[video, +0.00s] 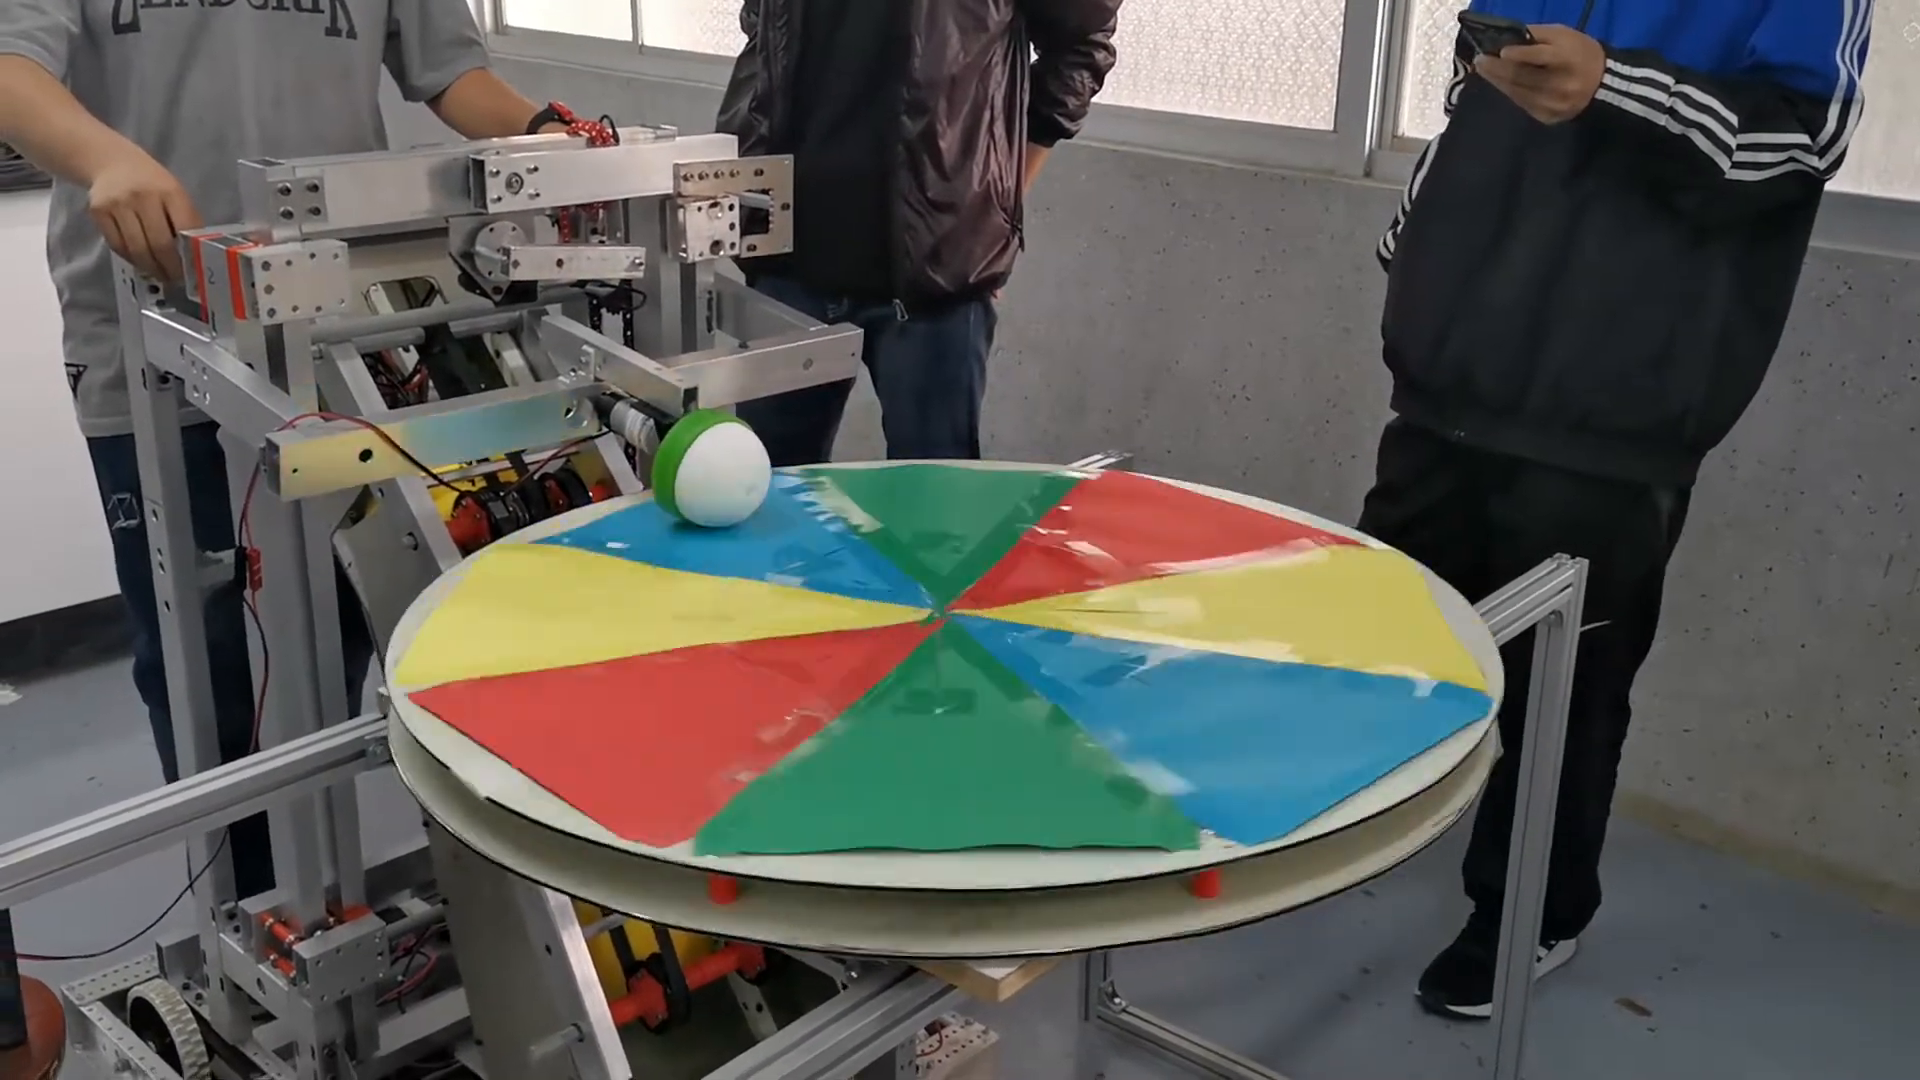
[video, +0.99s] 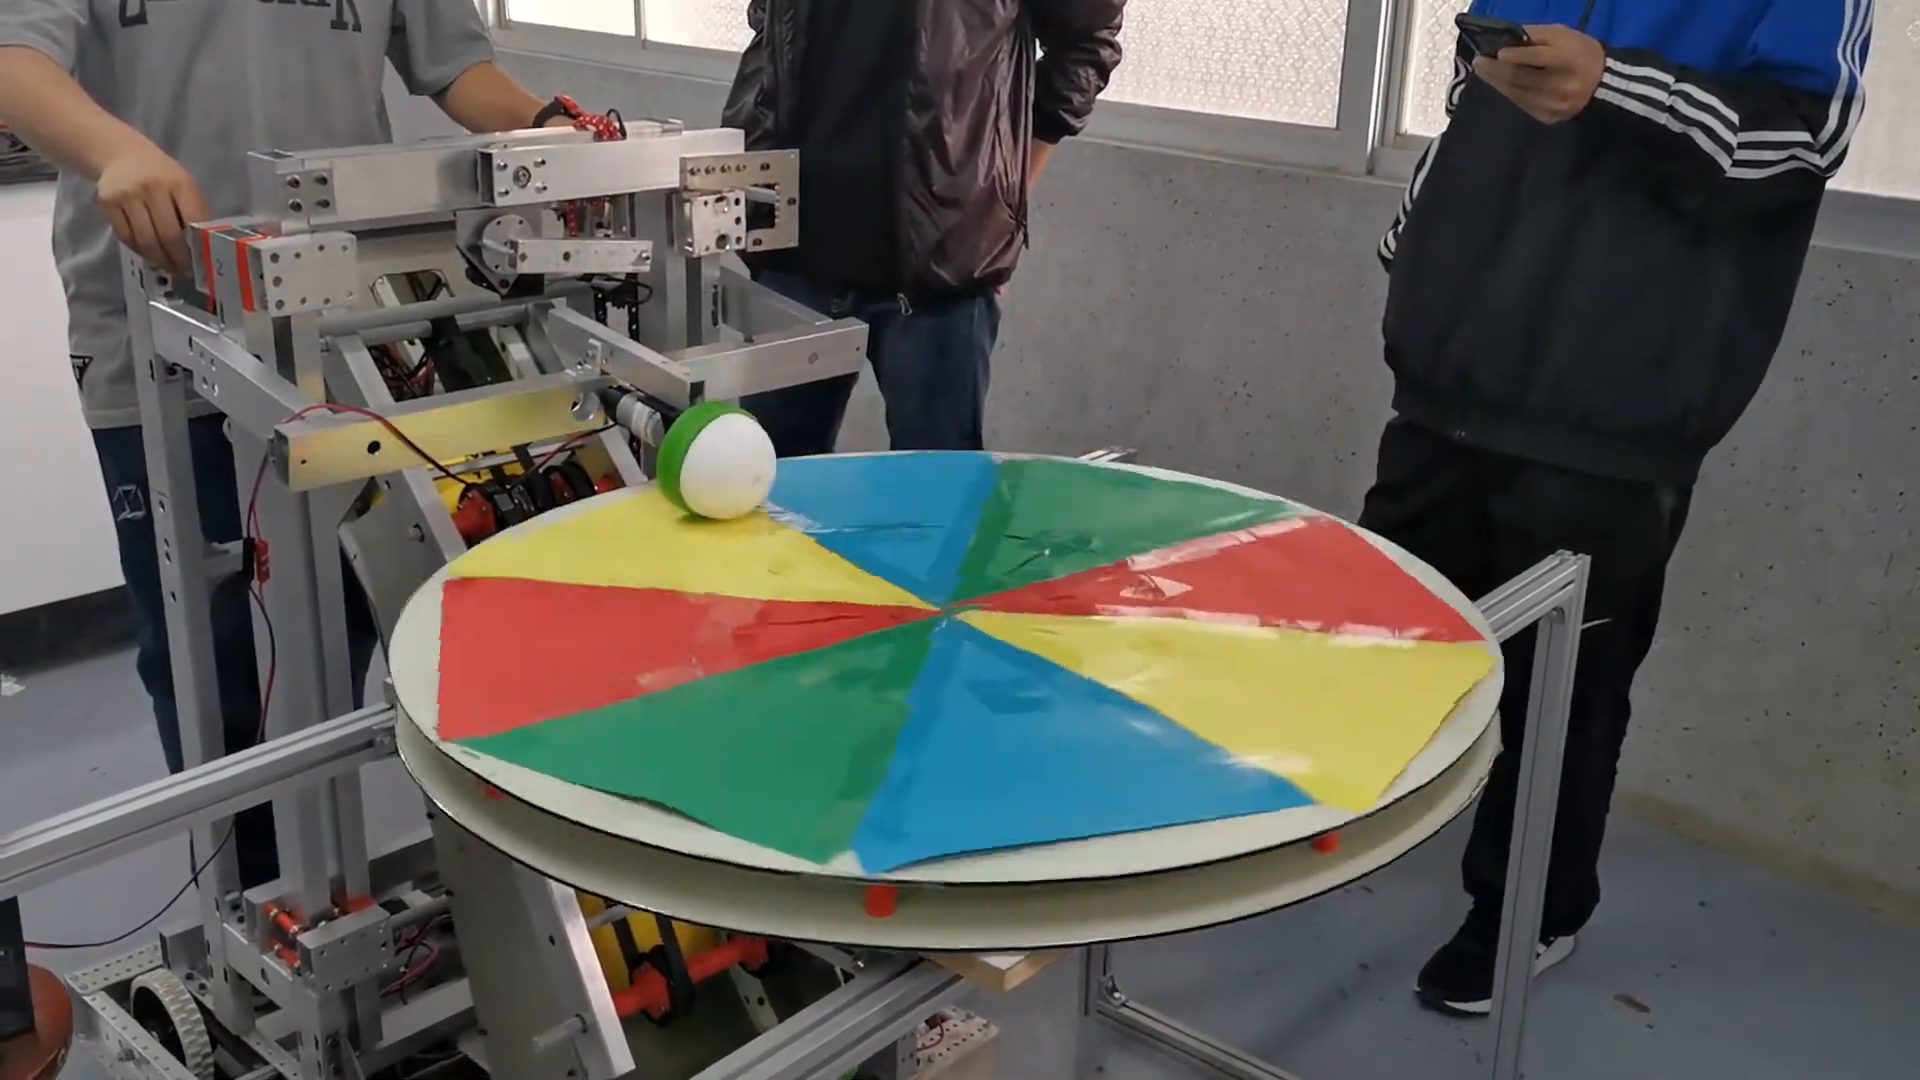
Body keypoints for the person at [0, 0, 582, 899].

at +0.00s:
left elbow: (446, 64)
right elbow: (12, 66)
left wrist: (544, 131)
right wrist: (104, 156)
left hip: (338, 346)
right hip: (152, 352)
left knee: (341, 635)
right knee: (198, 667)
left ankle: (332, 884)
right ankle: (248, 913)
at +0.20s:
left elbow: (448, 64)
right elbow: (15, 63)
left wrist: (546, 133)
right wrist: (105, 155)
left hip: (338, 343)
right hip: (154, 349)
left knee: (344, 626)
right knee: (199, 656)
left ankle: (336, 872)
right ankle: (248, 904)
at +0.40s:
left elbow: (448, 64)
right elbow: (16, 63)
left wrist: (546, 134)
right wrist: (106, 154)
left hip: (337, 342)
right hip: (154, 348)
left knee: (342, 628)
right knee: (200, 658)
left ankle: (334, 876)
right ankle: (249, 905)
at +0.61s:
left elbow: (449, 61)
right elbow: (15, 60)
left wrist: (551, 132)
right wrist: (108, 151)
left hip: (338, 340)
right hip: (155, 345)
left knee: (341, 627)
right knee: (200, 656)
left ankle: (330, 877)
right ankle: (248, 906)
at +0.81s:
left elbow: (447, 60)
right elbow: (15, 57)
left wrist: (548, 130)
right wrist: (110, 149)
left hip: (340, 337)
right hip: (156, 342)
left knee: (348, 619)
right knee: (200, 648)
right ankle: (248, 898)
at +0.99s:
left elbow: (450, 56)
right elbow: (16, 57)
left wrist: (553, 131)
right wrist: (111, 146)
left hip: (340, 336)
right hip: (158, 343)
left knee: (344, 622)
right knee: (202, 652)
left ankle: (336, 872)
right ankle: (251, 900)